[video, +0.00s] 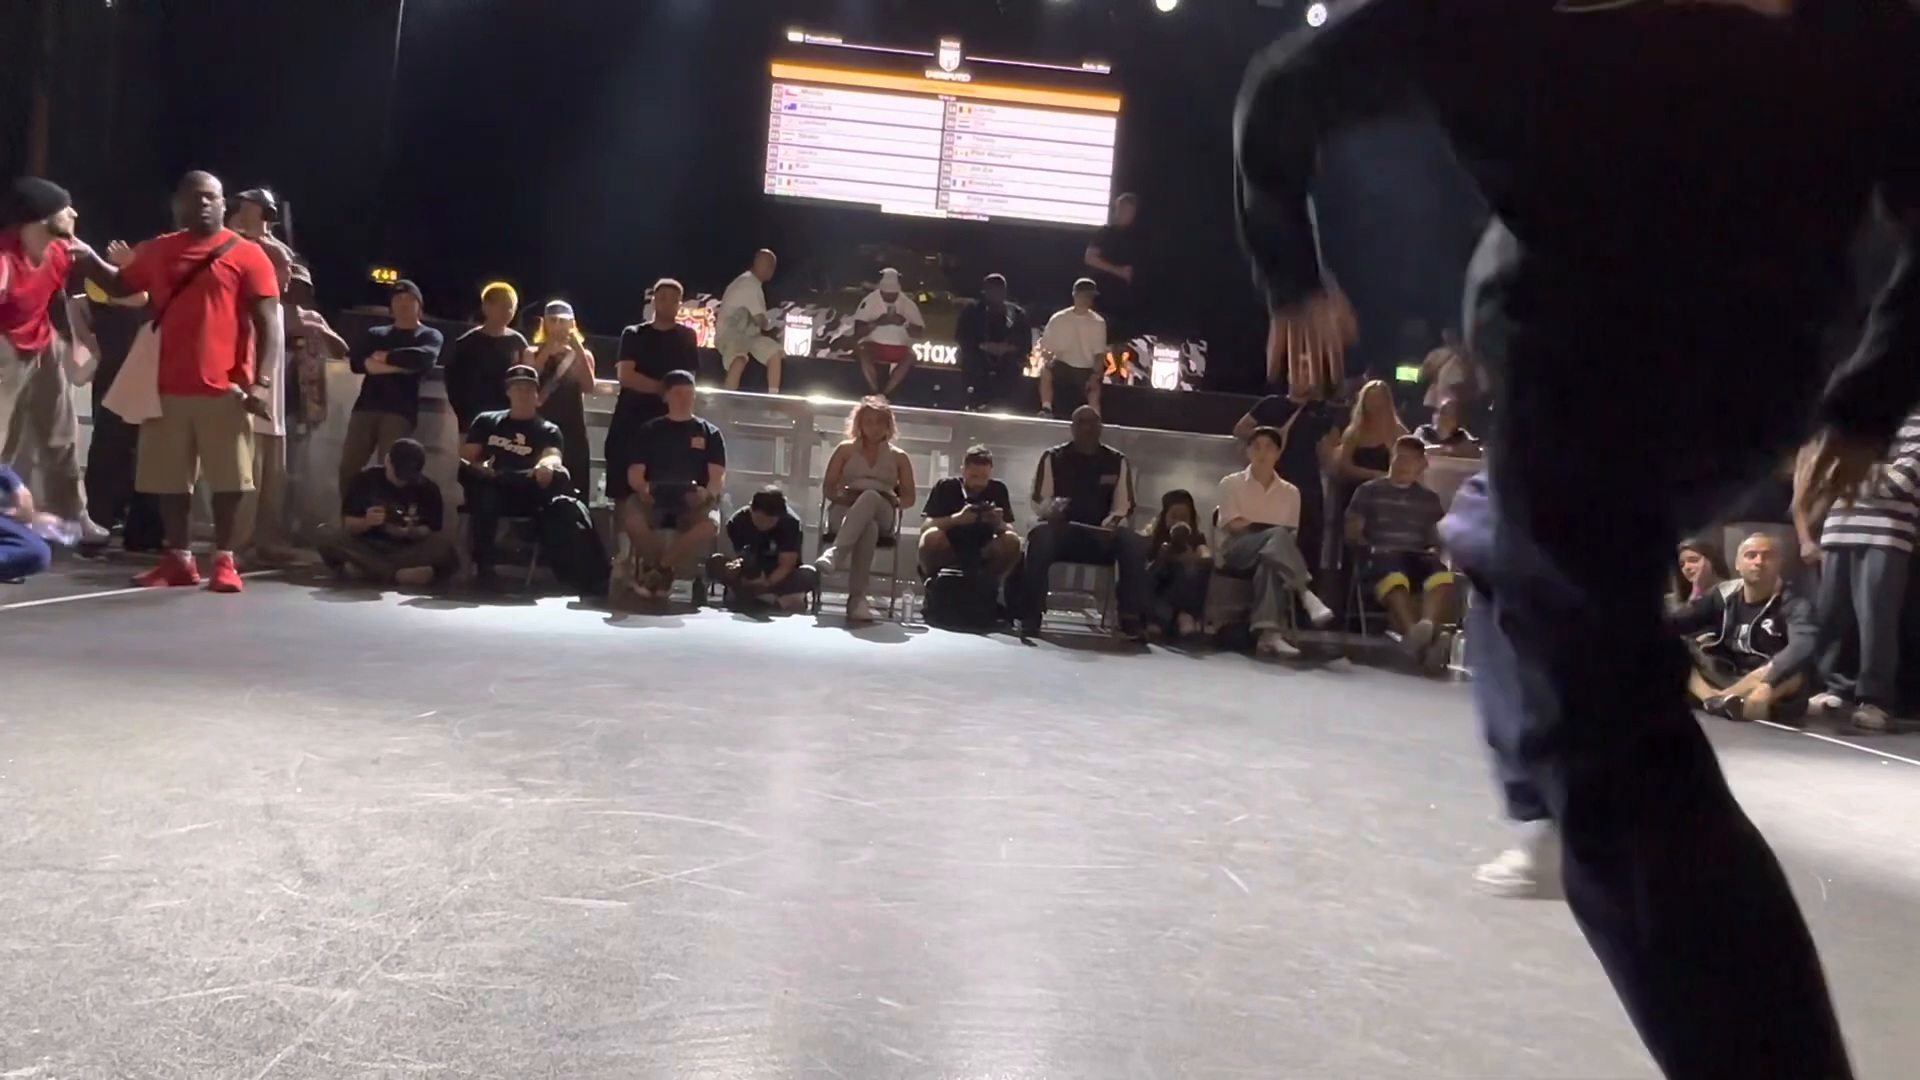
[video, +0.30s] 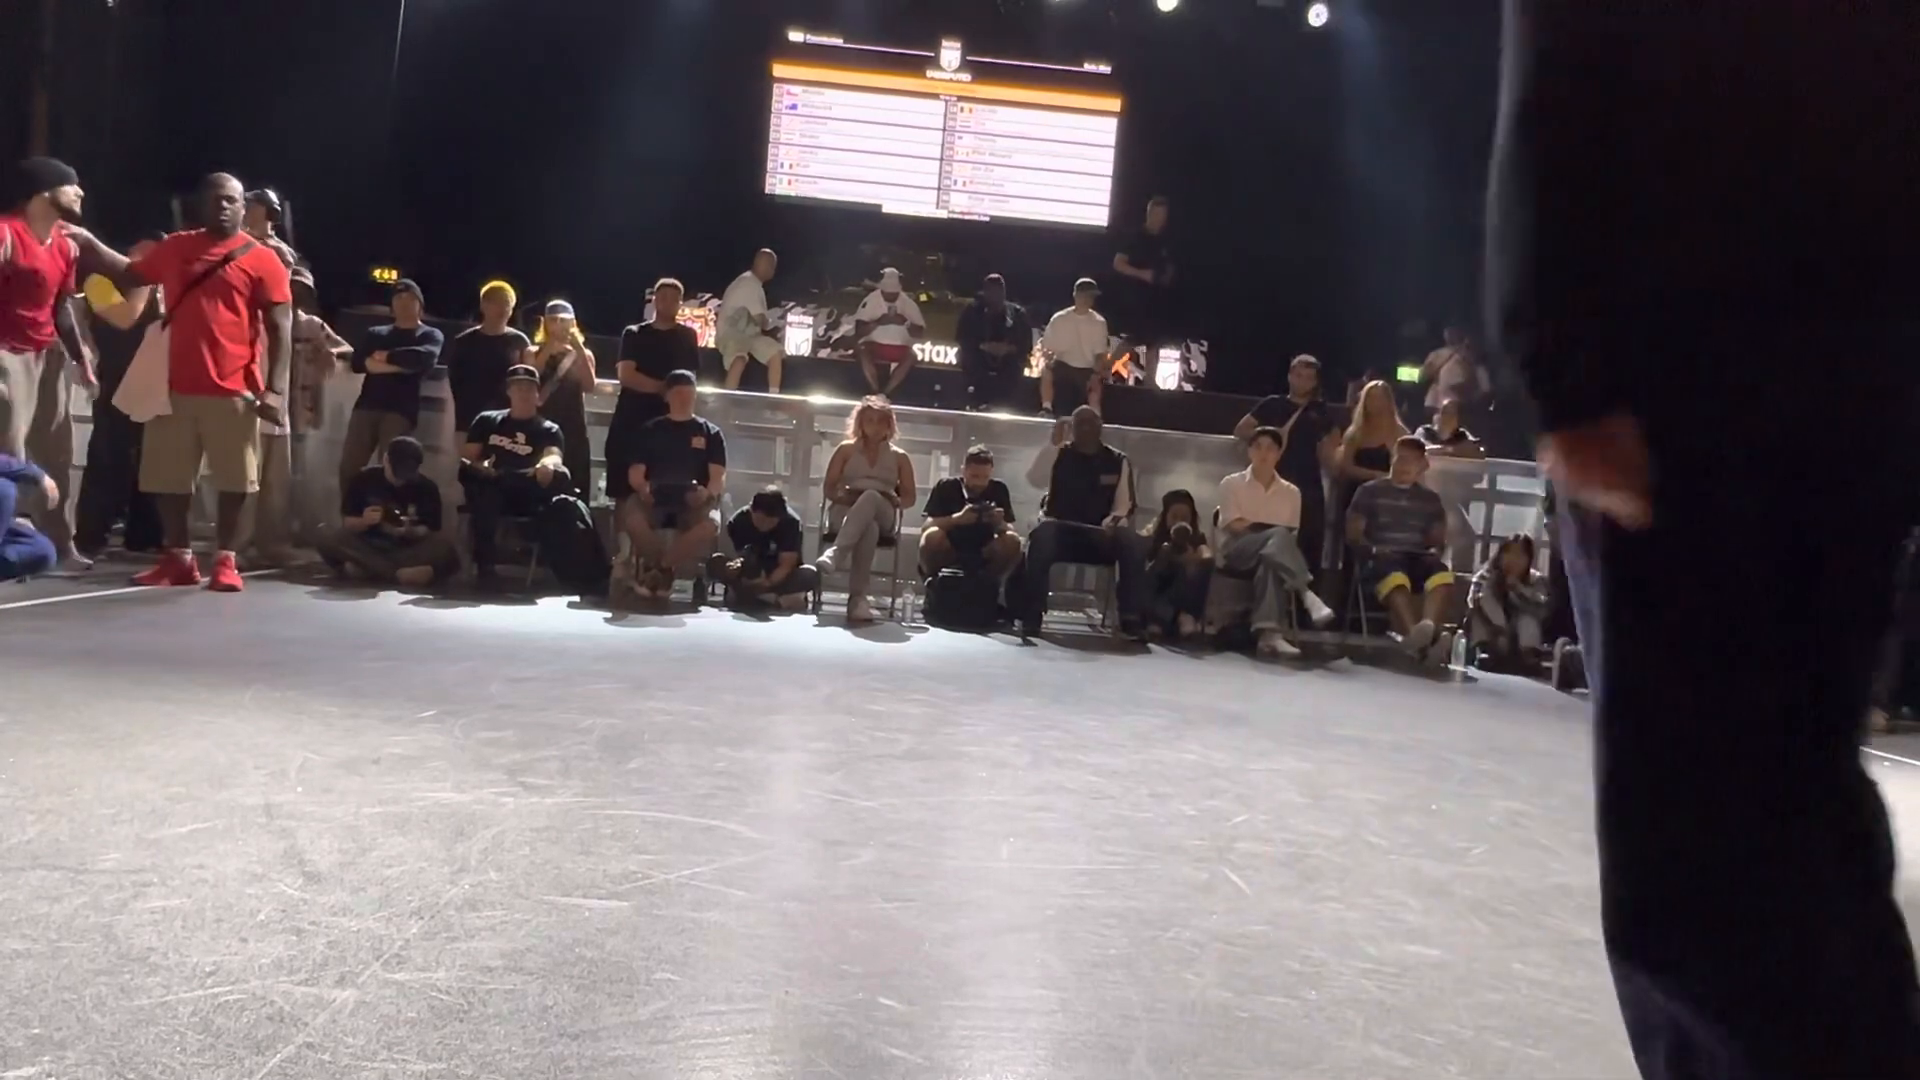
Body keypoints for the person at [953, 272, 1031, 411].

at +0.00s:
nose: (994, 295)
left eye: (998, 290)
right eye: (990, 290)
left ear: (1004, 292)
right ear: (984, 291)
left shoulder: (1017, 314)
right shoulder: (973, 311)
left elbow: (1024, 345)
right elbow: (962, 338)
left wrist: (1006, 349)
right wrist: (983, 347)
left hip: (1007, 377)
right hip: (978, 374)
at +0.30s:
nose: (994, 297)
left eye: (998, 292)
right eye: (990, 292)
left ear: (1004, 293)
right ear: (984, 293)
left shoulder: (1017, 313)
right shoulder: (973, 311)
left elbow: (1025, 345)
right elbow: (962, 338)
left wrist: (1007, 349)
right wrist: (983, 347)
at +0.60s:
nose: (996, 299)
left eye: (1000, 295)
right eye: (992, 294)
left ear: (1006, 295)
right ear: (985, 294)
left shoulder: (1016, 316)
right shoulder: (973, 314)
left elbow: (1024, 348)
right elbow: (963, 342)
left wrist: (1006, 351)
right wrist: (983, 349)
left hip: (1007, 382)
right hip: (978, 380)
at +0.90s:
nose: (994, 301)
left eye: (998, 296)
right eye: (990, 296)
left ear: (1004, 297)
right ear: (982, 296)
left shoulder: (1011, 318)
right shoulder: (968, 316)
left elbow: (1020, 350)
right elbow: (957, 342)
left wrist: (1001, 353)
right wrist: (978, 351)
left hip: (1002, 384)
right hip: (973, 381)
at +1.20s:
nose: (994, 300)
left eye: (997, 295)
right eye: (990, 295)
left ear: (1000, 296)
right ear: (981, 295)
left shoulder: (1005, 318)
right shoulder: (964, 316)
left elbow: (1013, 349)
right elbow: (953, 342)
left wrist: (995, 353)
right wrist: (974, 351)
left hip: (997, 364)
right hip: (970, 363)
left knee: (1004, 369)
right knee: (958, 359)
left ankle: (995, 407)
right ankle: (962, 402)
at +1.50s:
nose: (985, 302)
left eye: (988, 297)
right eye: (981, 297)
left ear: (993, 299)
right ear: (973, 297)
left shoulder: (1001, 320)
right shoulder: (958, 316)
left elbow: (1008, 352)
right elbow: (946, 342)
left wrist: (990, 354)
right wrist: (966, 352)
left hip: (990, 369)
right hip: (964, 368)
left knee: (999, 371)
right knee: (952, 361)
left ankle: (993, 409)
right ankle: (958, 405)